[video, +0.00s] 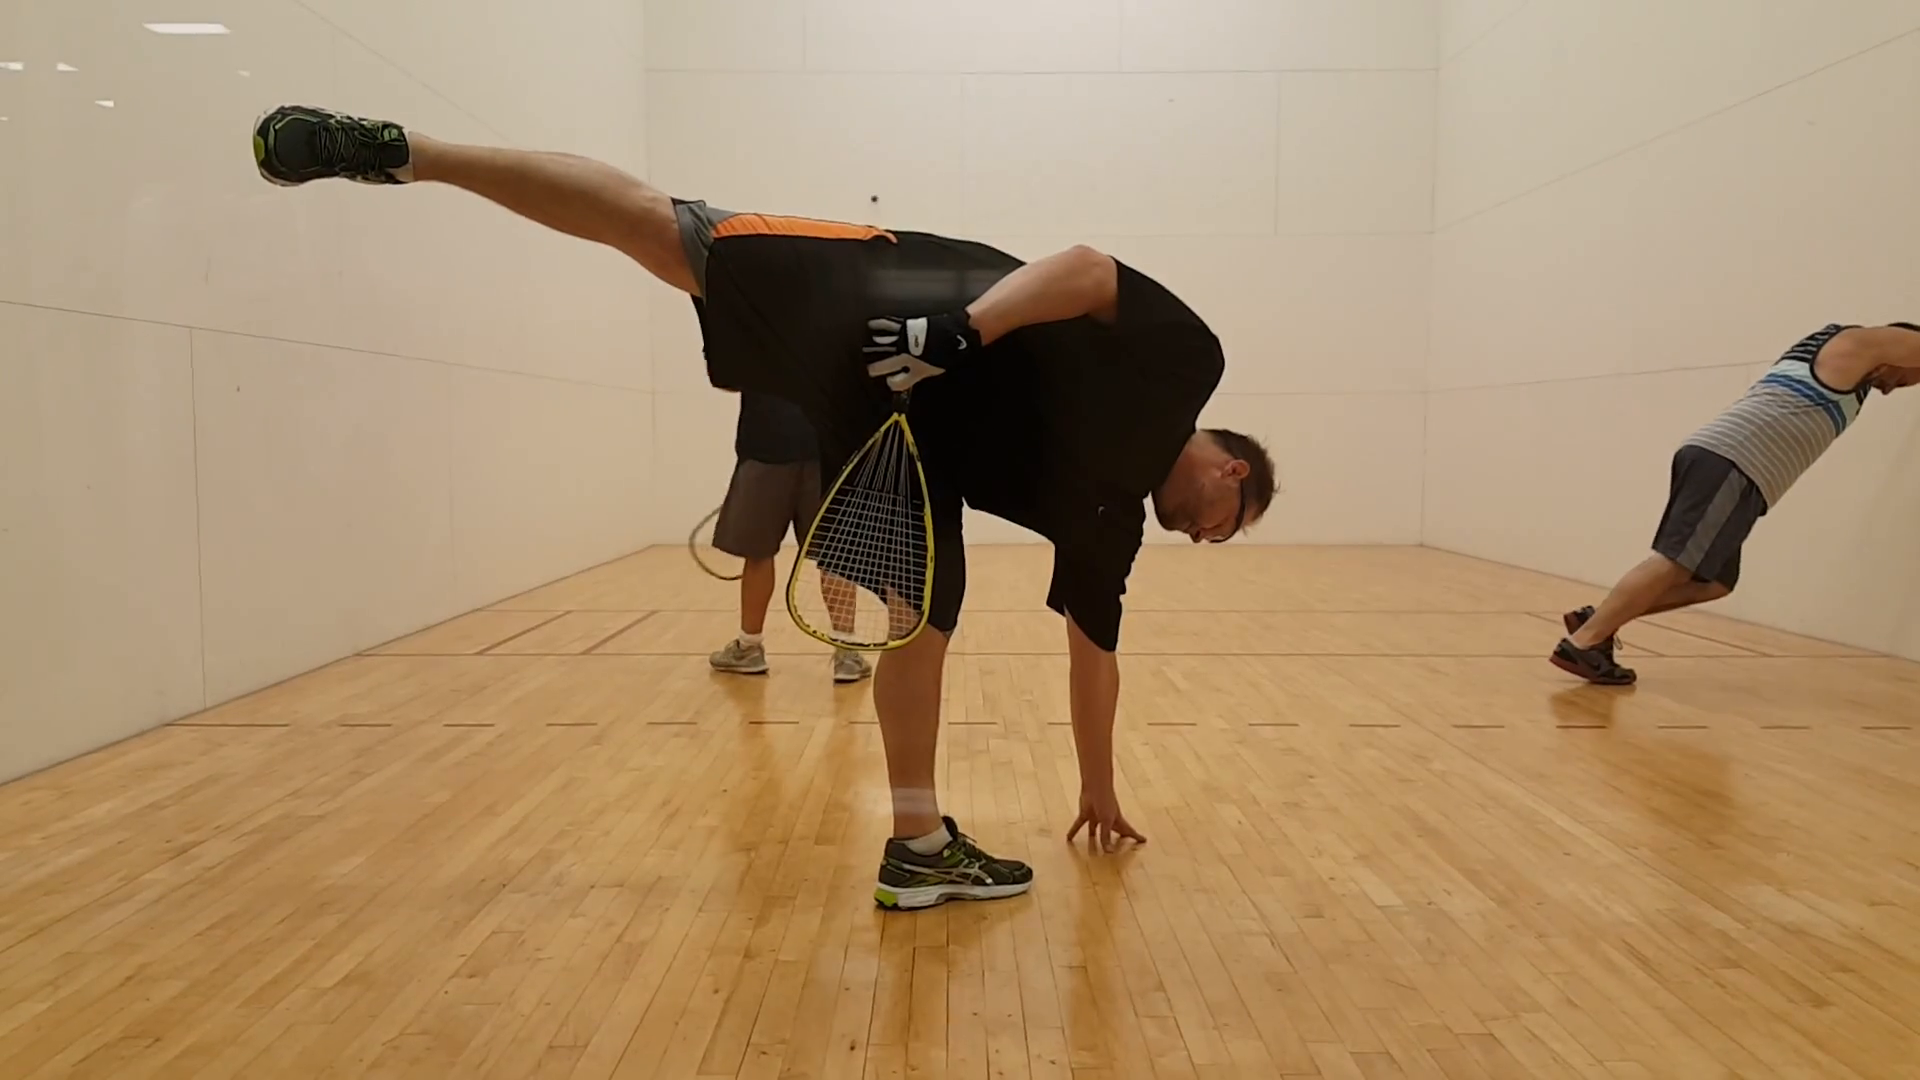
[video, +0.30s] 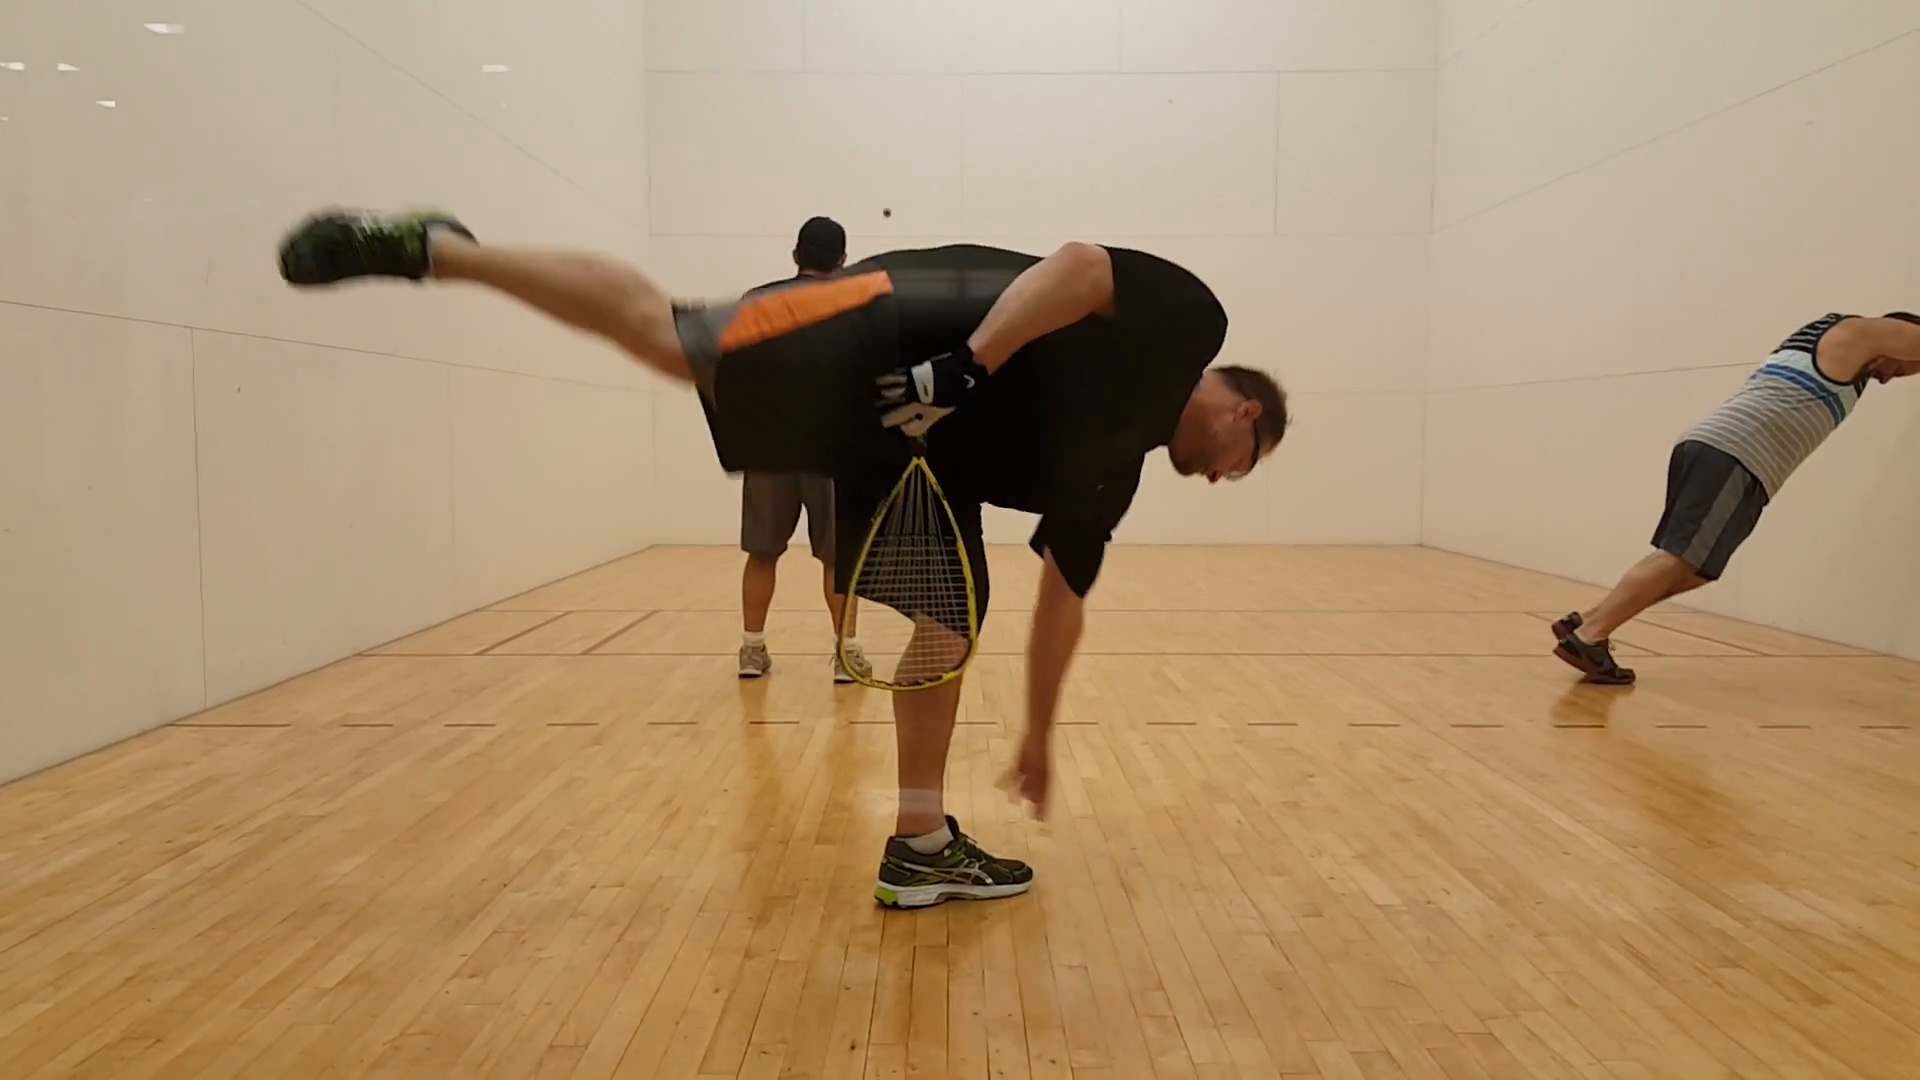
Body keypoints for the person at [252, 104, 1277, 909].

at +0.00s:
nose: (1210, 512)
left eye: (1219, 523)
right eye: (1227, 494)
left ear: (1200, 514)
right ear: (1223, 441)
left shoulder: (1103, 529)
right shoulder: (1184, 355)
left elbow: (1091, 659)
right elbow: (1084, 268)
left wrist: (1103, 798)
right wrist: (956, 333)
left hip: (874, 398)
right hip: (887, 295)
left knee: (922, 611)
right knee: (669, 234)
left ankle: (913, 840)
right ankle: (398, 155)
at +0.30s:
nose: (1229, 465)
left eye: (1241, 465)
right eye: (1244, 445)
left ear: (1220, 441)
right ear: (1235, 392)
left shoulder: (1106, 474)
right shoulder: (1185, 314)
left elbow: (1064, 600)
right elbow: (1080, 269)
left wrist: (1043, 730)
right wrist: (963, 375)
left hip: (920, 431)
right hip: (906, 333)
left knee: (942, 604)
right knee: (686, 341)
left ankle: (917, 845)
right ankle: (431, 251)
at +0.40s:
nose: (1239, 427)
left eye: (1251, 421)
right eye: (1254, 408)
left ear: (1232, 389)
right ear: (1241, 356)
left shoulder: (1117, 437)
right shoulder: (1186, 288)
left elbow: (1029, 540)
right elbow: (1076, 268)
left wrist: (986, 655)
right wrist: (971, 391)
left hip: (934, 447)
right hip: (899, 346)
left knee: (957, 625)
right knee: (730, 462)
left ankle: (920, 851)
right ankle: (498, 352)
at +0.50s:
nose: (1238, 386)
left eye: (1251, 381)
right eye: (1252, 364)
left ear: (1240, 337)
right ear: (1243, 309)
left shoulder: (1127, 389)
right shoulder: (1183, 254)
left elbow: (1016, 476)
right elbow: (1071, 265)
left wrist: (955, 599)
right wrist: (986, 404)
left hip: (968, 433)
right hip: (915, 356)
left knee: (943, 621)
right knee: (809, 571)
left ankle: (922, 848)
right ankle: (581, 480)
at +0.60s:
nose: (1245, 330)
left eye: (1257, 323)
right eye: (1258, 309)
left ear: (1243, 269)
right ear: (1247, 259)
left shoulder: (1140, 301)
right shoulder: (1177, 212)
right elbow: (1065, 249)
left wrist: (1000, 464)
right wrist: (1012, 412)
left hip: (963, 401)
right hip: (921, 361)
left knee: (955, 622)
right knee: (904, 605)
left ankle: (922, 846)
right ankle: (664, 645)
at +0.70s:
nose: (1250, 259)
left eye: (1265, 249)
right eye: (1264, 236)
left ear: (1240, 197)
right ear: (1248, 192)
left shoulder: (1146, 236)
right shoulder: (1168, 165)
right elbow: (1058, 238)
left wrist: (1027, 431)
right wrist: (1037, 407)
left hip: (933, 371)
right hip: (943, 368)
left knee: (951, 617)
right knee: (972, 611)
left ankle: (923, 844)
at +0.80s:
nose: (1249, 185)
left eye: (1263, 173)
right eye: (1261, 161)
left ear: (1228, 112)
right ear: (1239, 118)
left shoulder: (1122, 123)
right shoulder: (1164, 121)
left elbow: (1024, 243)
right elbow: (1068, 226)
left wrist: (1055, 417)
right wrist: (1062, 396)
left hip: (922, 361)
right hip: (975, 370)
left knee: (945, 626)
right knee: (999, 631)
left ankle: (922, 848)